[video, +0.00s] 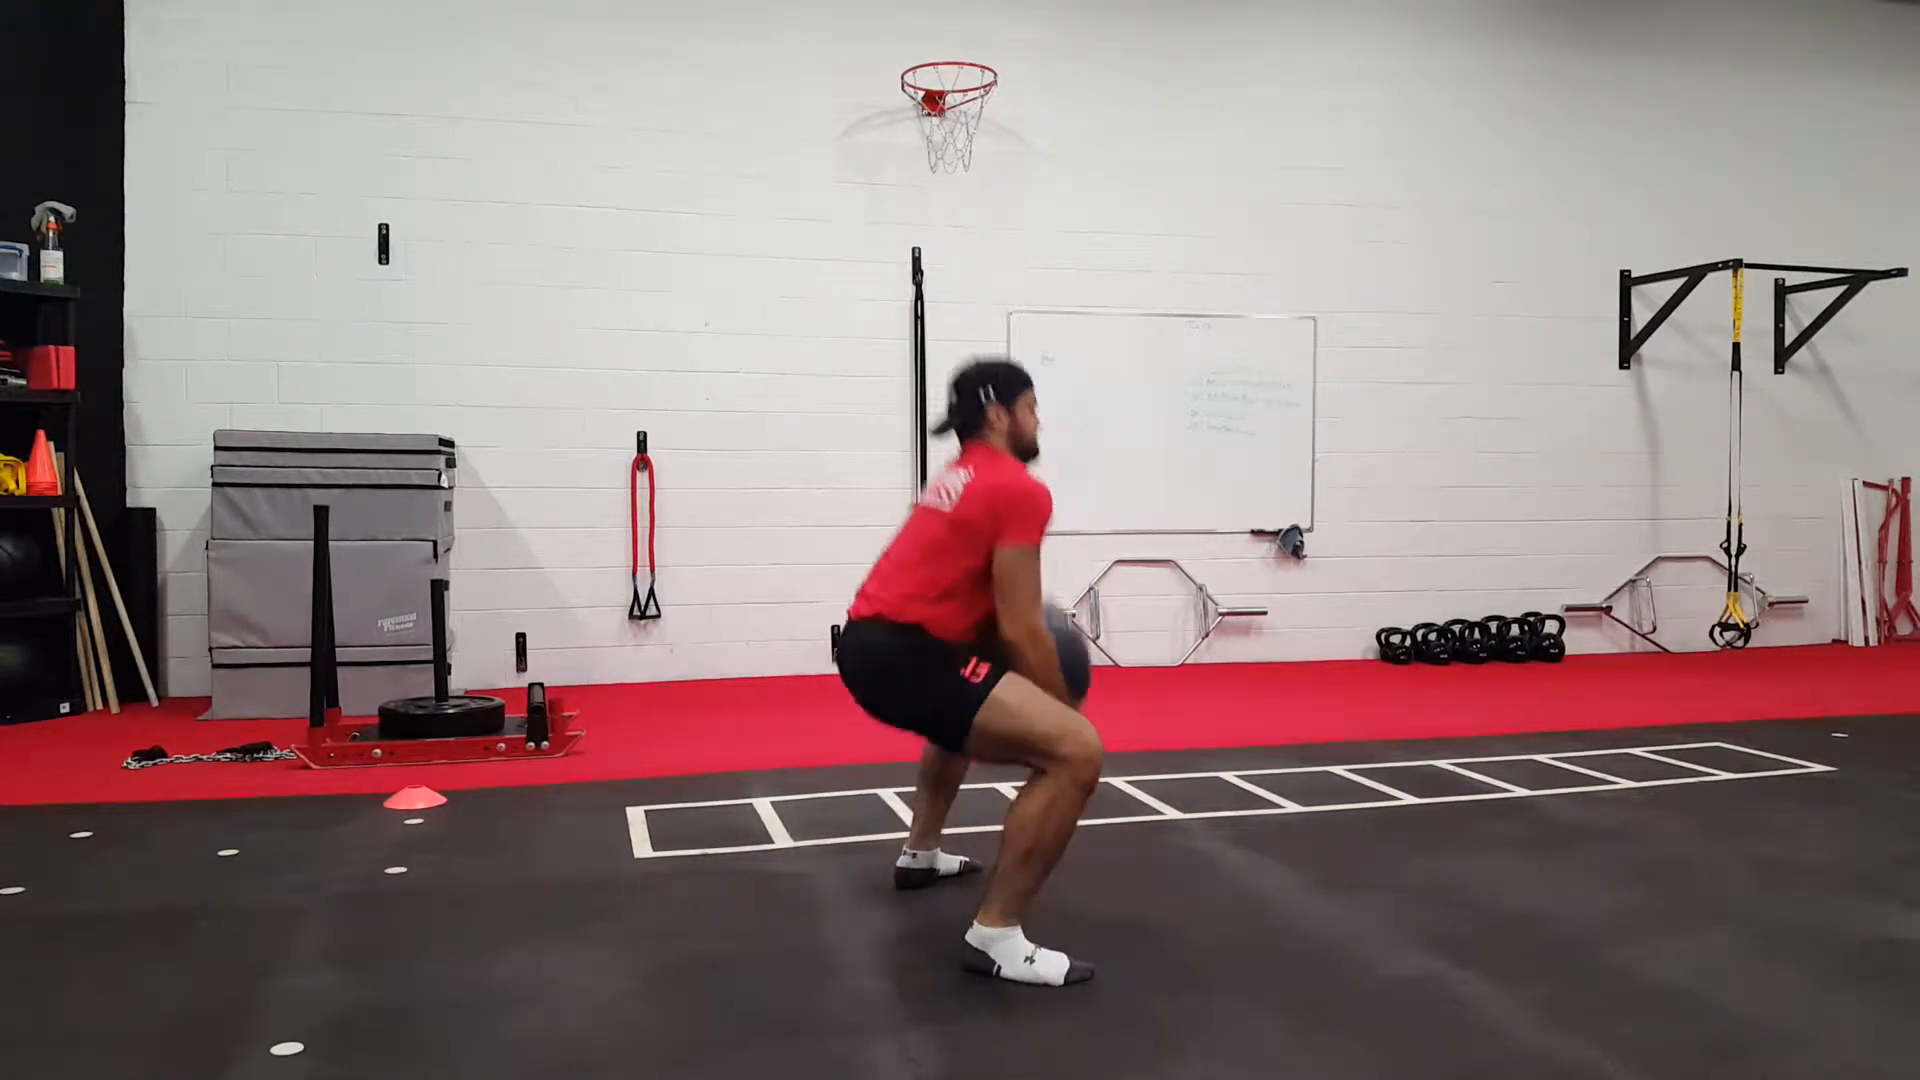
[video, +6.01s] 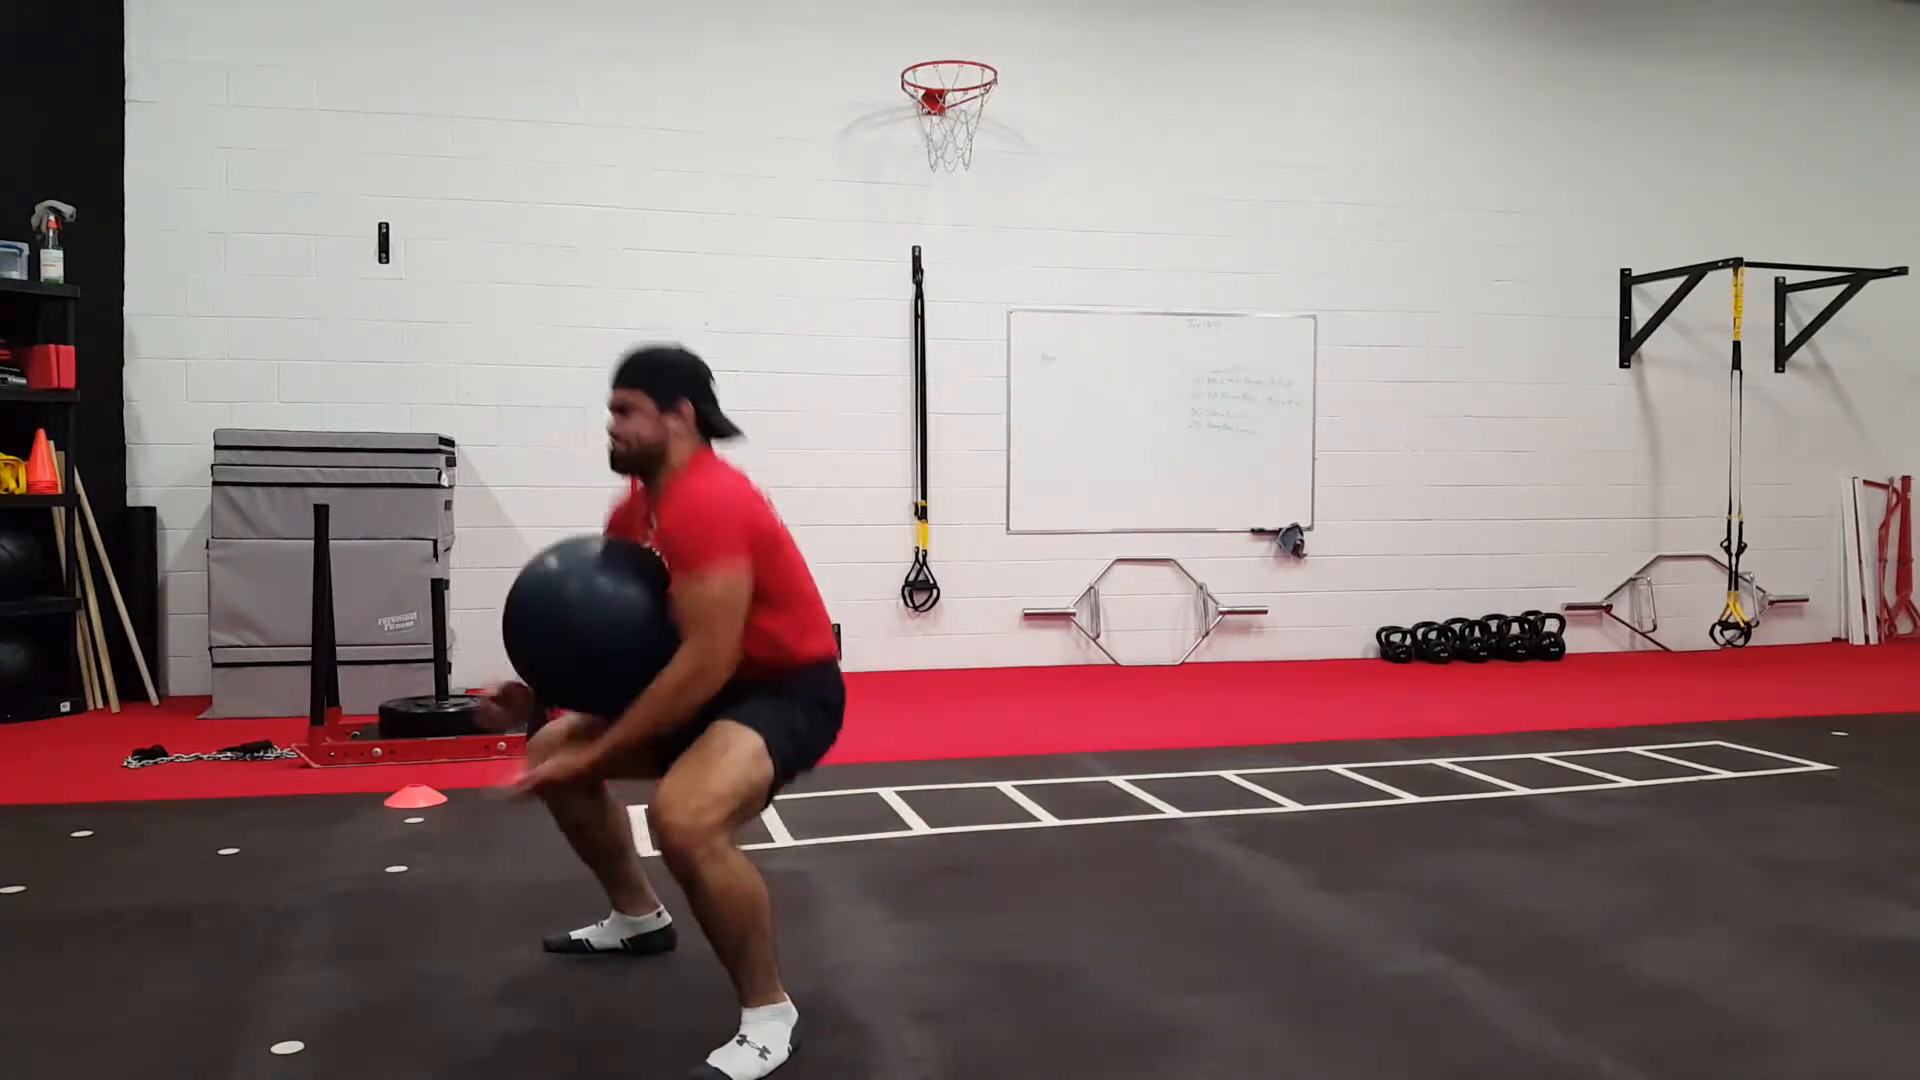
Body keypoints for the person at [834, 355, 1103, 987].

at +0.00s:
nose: (1038, 420)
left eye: (1035, 407)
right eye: (1031, 408)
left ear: (985, 417)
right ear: (998, 415)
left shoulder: (957, 474)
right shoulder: (1017, 490)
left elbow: (969, 611)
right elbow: (1021, 627)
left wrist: (1033, 659)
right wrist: (1060, 714)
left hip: (866, 641)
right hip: (905, 652)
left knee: (980, 698)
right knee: (1076, 755)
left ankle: (922, 849)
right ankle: (997, 931)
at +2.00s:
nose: (964, 273)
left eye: (956, 263)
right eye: (946, 268)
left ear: (927, 298)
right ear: (919, 297)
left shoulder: (925, 367)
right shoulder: (978, 347)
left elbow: (1029, 359)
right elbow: (1102, 363)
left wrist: (1048, 275)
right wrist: (1127, 274)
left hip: (974, 537)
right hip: (1019, 528)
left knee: (1006, 704)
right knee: (1080, 712)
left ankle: (927, 844)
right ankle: (1034, 895)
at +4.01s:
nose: (560, 495)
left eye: (564, 478)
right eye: (554, 481)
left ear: (613, 456)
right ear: (610, 461)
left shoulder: (684, 539)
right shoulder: (630, 548)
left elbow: (681, 718)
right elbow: (629, 690)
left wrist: (655, 867)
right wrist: (597, 818)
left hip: (824, 666)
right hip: (739, 670)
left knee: (712, 788)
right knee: (599, 735)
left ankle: (772, 1009)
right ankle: (631, 931)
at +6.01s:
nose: (611, 426)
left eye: (626, 412)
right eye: (610, 412)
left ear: (680, 417)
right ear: (664, 419)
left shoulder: (706, 500)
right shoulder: (635, 510)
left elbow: (710, 657)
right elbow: (613, 631)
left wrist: (600, 749)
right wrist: (546, 697)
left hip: (787, 690)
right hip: (707, 687)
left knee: (683, 819)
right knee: (557, 753)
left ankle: (769, 1015)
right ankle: (638, 914)